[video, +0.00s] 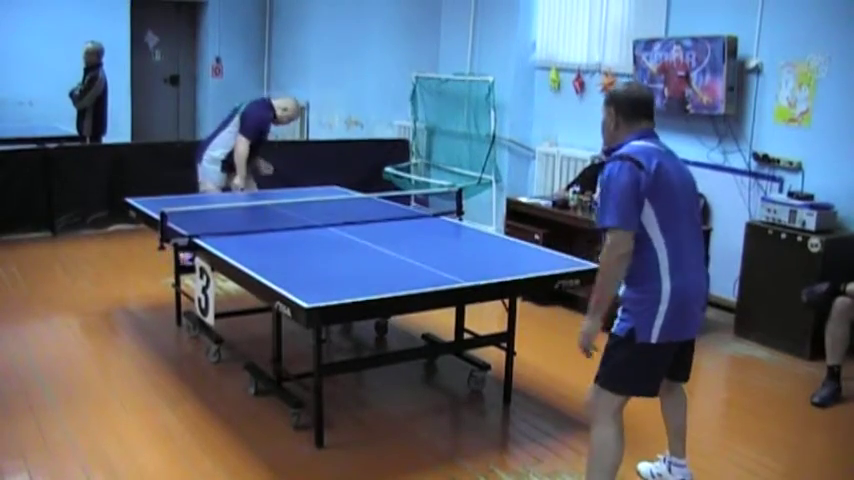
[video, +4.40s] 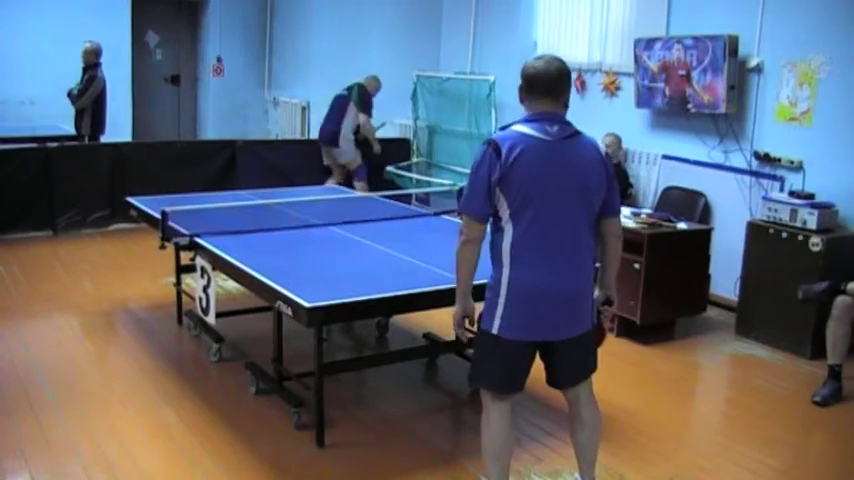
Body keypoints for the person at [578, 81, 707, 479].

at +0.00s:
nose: (602, 125)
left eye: (604, 116)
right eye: (604, 116)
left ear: (614, 117)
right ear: (647, 119)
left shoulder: (625, 165)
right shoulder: (669, 161)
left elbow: (618, 247)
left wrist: (594, 317)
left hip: (651, 309)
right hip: (687, 305)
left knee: (604, 404)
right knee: (672, 384)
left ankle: (599, 473)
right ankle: (677, 463)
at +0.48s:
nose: (652, 105)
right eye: (651, 99)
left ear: (602, 103)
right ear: (647, 102)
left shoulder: (577, 157)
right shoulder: (674, 163)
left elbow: (549, 242)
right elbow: (687, 241)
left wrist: (541, 313)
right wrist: (648, 258)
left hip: (597, 311)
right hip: (655, 311)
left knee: (578, 405)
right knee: (649, 391)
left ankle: (586, 476)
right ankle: (643, 472)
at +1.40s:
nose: (585, 108)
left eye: (587, 101)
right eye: (589, 101)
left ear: (593, 104)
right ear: (633, 107)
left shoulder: (591, 150)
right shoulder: (658, 160)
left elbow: (571, 235)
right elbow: (667, 235)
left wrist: (556, 298)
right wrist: (635, 286)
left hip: (593, 302)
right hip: (643, 306)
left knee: (548, 388)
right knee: (630, 382)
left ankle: (535, 474)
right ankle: (635, 473)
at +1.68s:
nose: (546, 111)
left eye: (548, 104)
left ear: (550, 106)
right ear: (591, 107)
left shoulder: (542, 156)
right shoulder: (622, 161)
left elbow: (522, 242)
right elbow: (635, 235)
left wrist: (520, 307)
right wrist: (618, 288)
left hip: (555, 306)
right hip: (612, 306)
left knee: (517, 402)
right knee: (620, 389)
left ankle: (502, 475)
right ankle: (631, 473)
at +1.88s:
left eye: (517, 98)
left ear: (517, 101)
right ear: (562, 101)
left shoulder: (502, 155)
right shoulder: (595, 156)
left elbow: (477, 240)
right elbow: (616, 232)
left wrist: (475, 304)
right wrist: (588, 273)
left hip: (525, 307)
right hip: (586, 305)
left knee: (499, 399)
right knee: (599, 389)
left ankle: (495, 475)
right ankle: (613, 474)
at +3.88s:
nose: (522, 96)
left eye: (523, 89)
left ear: (522, 92)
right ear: (568, 94)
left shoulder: (502, 147)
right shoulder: (595, 152)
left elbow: (476, 234)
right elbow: (613, 230)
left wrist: (469, 297)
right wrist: (608, 284)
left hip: (517, 303)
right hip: (576, 301)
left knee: (500, 396)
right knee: (581, 388)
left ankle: (498, 475)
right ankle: (588, 474)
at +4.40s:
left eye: (522, 91)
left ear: (521, 94)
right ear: (568, 94)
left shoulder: (500, 148)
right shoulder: (593, 153)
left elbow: (471, 235)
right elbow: (611, 231)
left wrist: (462, 298)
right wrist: (608, 291)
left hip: (513, 307)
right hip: (573, 307)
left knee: (497, 400)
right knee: (581, 394)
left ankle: (496, 476)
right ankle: (588, 476)